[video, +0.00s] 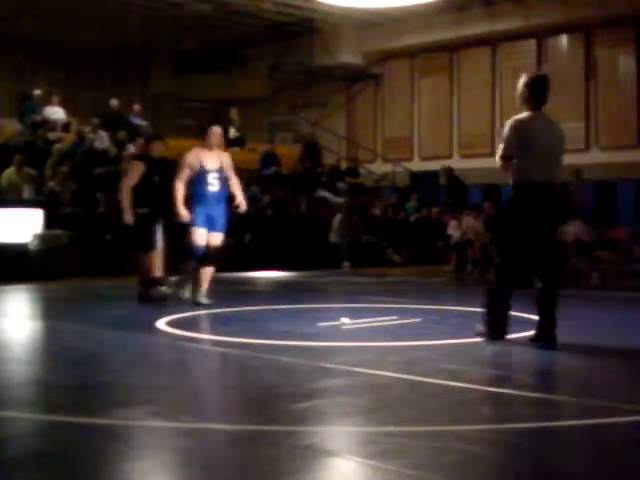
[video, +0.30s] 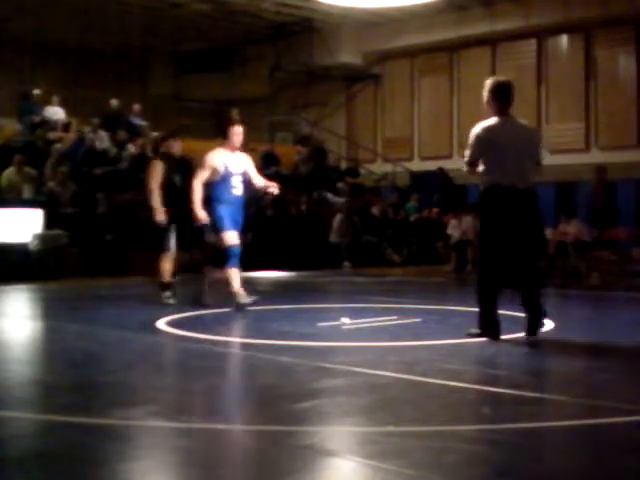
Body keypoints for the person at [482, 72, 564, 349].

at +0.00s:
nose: (518, 95)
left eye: (520, 90)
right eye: (520, 89)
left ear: (525, 94)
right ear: (545, 95)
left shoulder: (518, 124)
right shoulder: (555, 128)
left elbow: (504, 159)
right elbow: (556, 159)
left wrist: (520, 169)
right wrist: (528, 164)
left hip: (523, 198)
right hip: (550, 197)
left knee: (509, 260)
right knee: (548, 265)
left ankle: (496, 325)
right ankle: (547, 330)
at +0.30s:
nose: (486, 102)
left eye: (486, 97)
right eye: (488, 97)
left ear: (489, 100)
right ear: (511, 100)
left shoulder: (482, 131)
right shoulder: (528, 131)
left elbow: (471, 165)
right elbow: (537, 165)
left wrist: (488, 167)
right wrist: (514, 165)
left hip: (494, 199)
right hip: (523, 199)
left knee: (489, 260)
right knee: (525, 260)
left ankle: (489, 325)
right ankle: (534, 319)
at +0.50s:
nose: (471, 101)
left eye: (472, 97)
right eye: (472, 96)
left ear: (476, 100)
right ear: (497, 100)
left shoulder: (469, 131)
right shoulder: (513, 131)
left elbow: (454, 165)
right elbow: (525, 162)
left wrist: (470, 166)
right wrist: (503, 163)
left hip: (481, 199)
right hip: (509, 200)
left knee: (483, 260)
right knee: (504, 259)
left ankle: (487, 325)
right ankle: (500, 322)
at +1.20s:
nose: (446, 111)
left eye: (447, 106)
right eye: (446, 106)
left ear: (454, 106)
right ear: (470, 106)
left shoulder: (455, 130)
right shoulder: (484, 134)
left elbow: (432, 158)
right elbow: (495, 167)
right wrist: (474, 168)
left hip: (461, 198)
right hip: (483, 198)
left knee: (453, 254)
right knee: (477, 254)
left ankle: (463, 318)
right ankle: (472, 314)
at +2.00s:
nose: (419, 111)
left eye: (420, 107)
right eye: (421, 107)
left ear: (424, 108)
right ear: (443, 106)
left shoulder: (420, 134)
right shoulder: (460, 129)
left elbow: (403, 165)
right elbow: (486, 150)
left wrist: (414, 185)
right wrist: (473, 176)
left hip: (433, 197)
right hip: (459, 194)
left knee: (439, 261)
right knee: (460, 259)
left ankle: (444, 322)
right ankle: (468, 321)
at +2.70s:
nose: (404, 118)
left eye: (405, 114)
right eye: (405, 114)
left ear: (411, 113)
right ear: (430, 112)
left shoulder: (408, 136)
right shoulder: (447, 136)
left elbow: (397, 173)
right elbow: (465, 172)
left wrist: (394, 202)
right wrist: (484, 201)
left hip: (422, 202)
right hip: (451, 201)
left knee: (421, 259)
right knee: (435, 256)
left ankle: (436, 315)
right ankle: (437, 311)